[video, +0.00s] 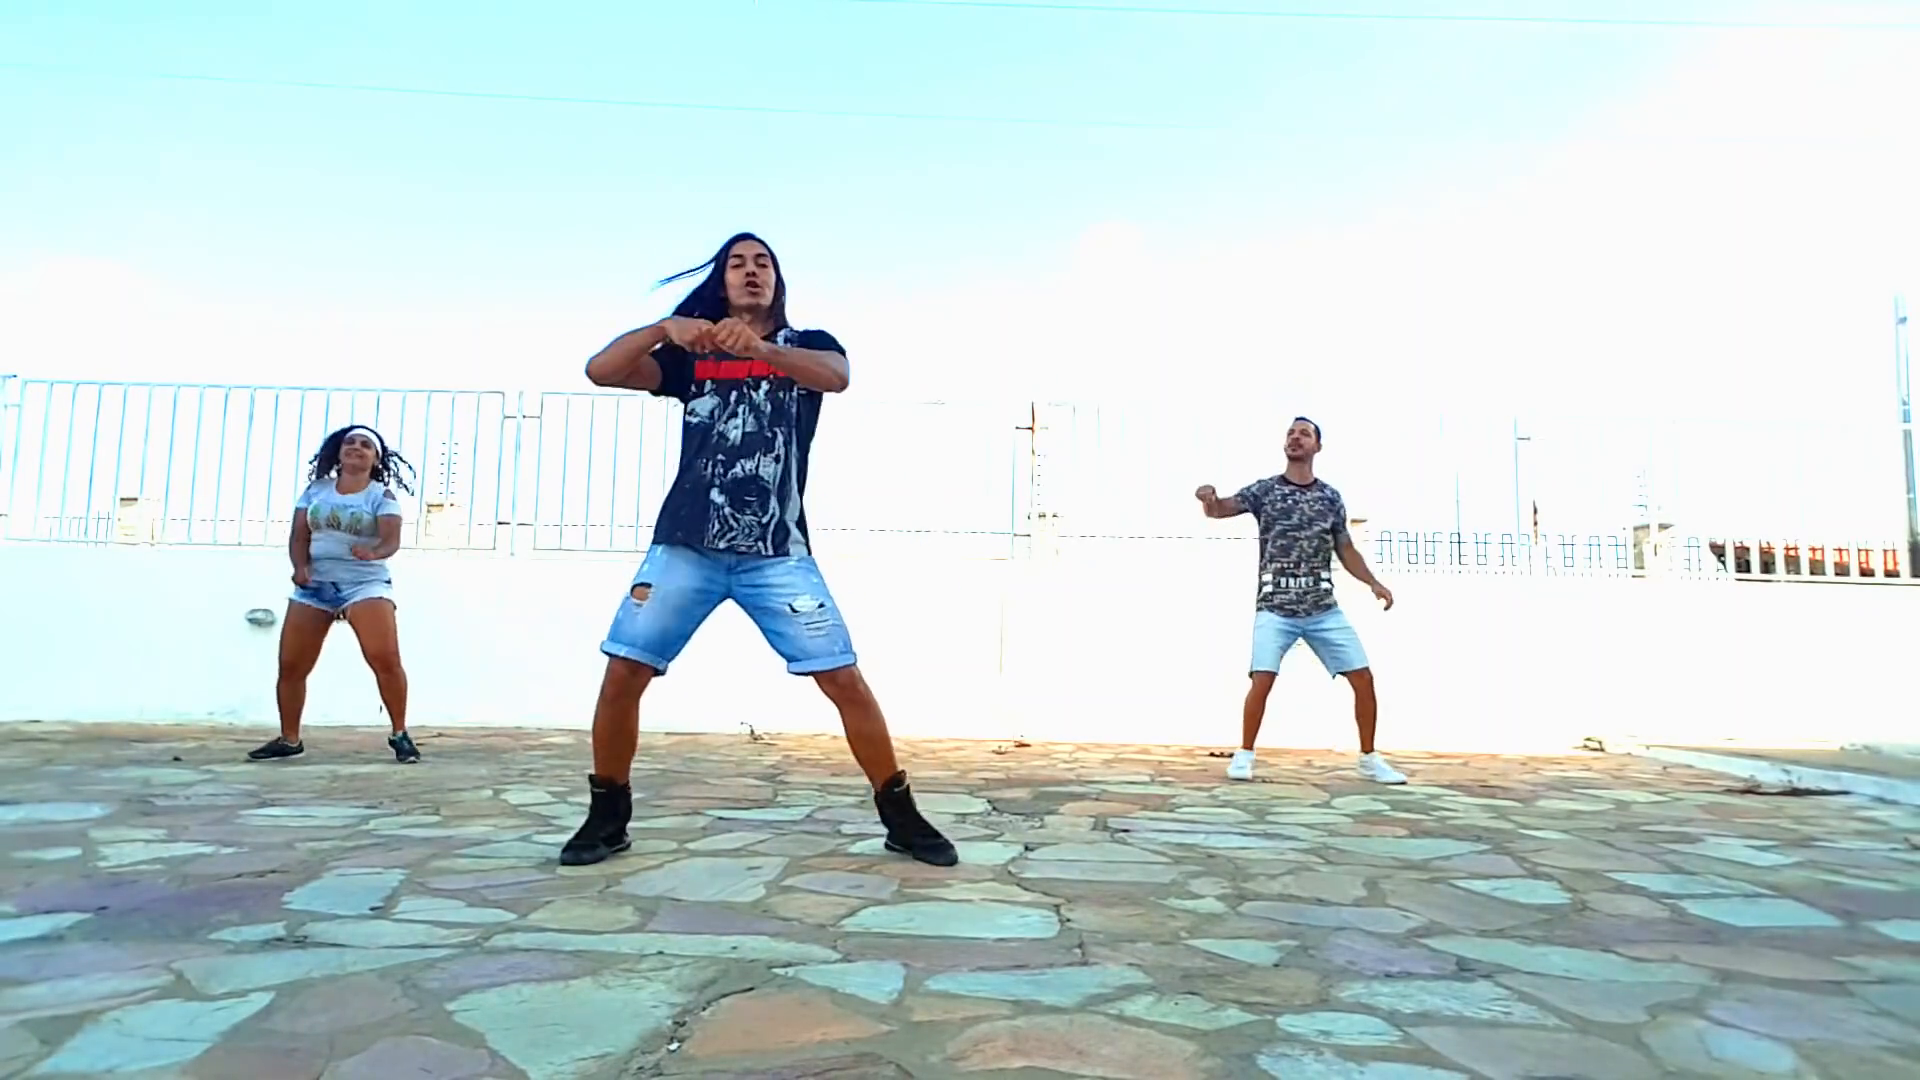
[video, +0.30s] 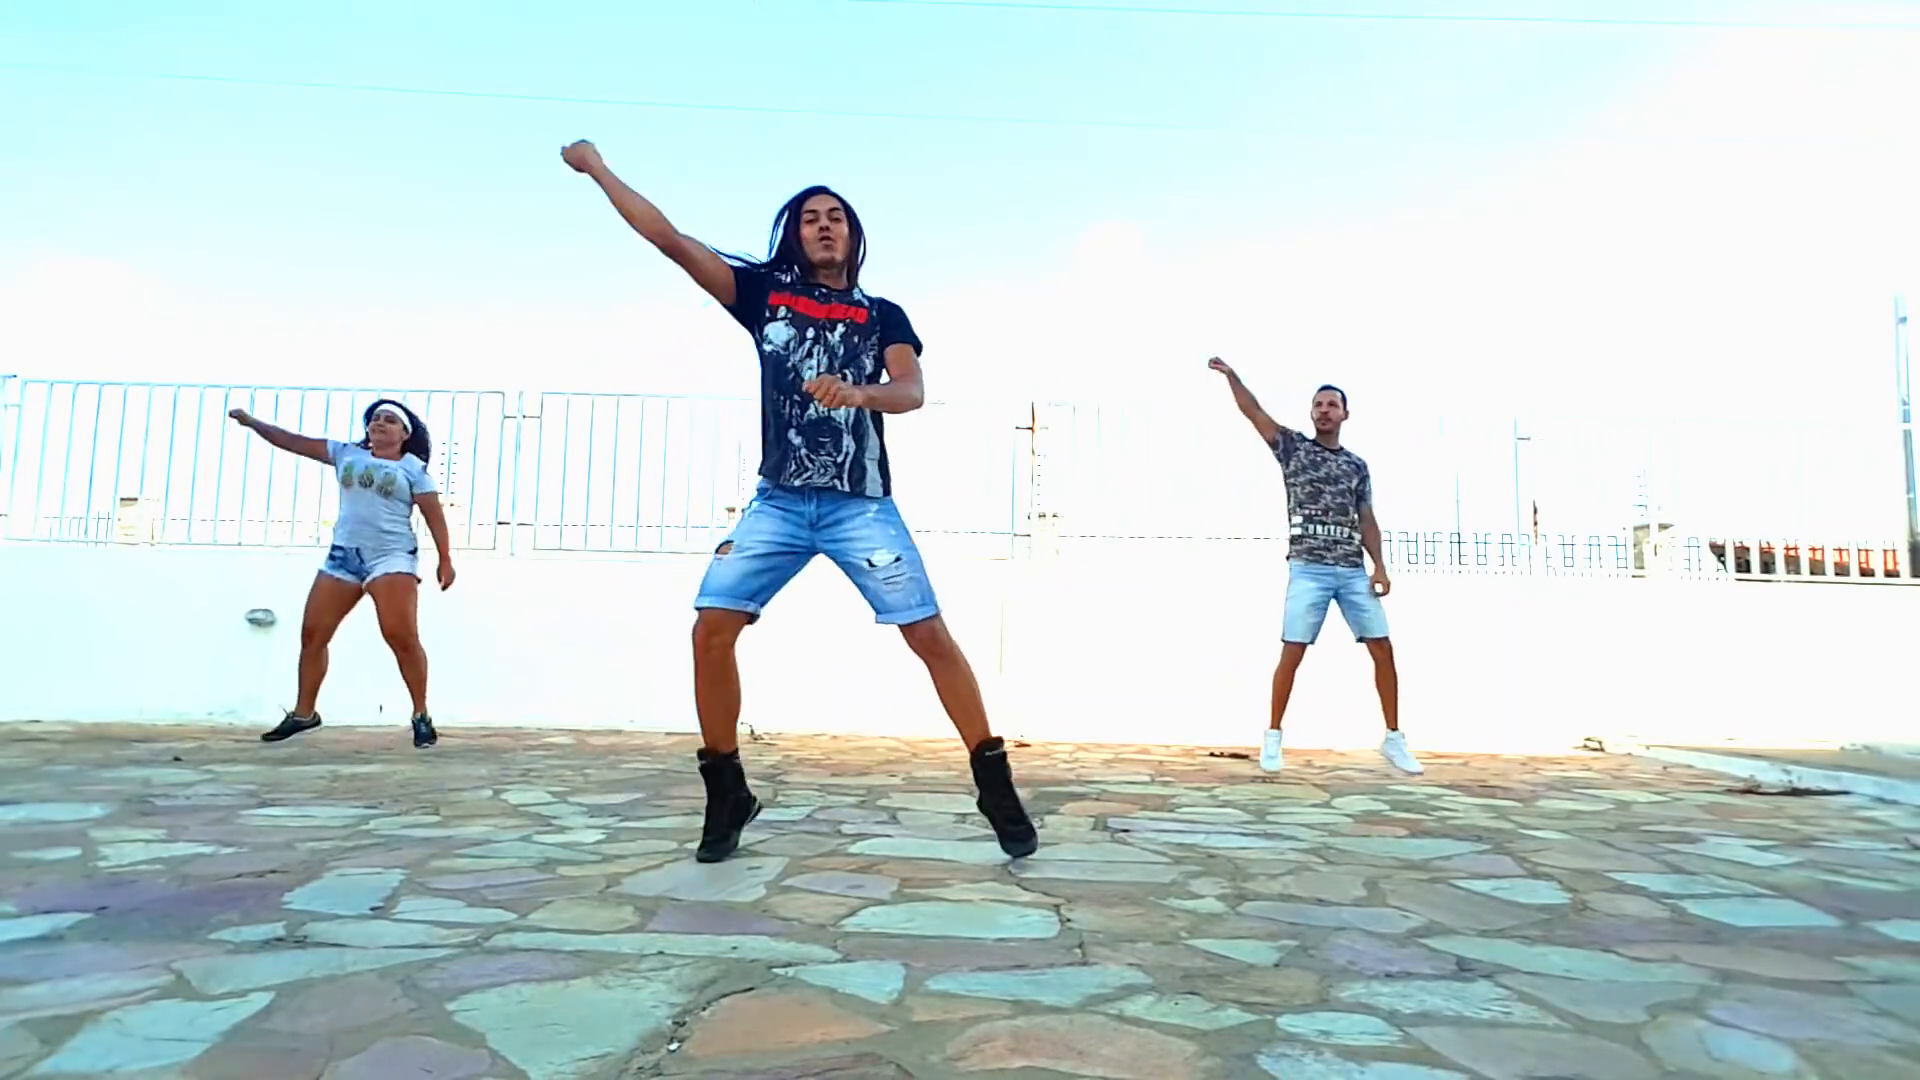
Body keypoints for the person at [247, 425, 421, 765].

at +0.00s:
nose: (356, 447)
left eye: (365, 445)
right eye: (349, 442)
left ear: (376, 460)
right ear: (337, 453)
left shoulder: (382, 496)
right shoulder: (314, 491)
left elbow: (391, 540)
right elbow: (299, 537)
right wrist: (300, 566)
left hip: (365, 584)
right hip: (315, 583)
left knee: (386, 659)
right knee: (290, 666)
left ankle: (400, 734)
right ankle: (290, 739)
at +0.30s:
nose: (380, 422)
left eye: (390, 420)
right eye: (376, 418)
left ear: (404, 435)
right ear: (367, 428)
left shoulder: (412, 469)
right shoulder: (346, 453)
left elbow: (434, 516)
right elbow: (294, 442)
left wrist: (445, 559)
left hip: (392, 558)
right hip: (344, 557)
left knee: (401, 636)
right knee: (313, 634)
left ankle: (421, 715)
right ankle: (304, 713)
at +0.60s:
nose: (421, 460)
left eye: (430, 455)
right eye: (414, 456)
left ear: (445, 467)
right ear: (406, 466)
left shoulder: (457, 508)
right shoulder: (391, 500)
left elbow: (471, 560)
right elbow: (341, 484)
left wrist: (471, 606)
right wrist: (345, 443)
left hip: (434, 597)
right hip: (384, 592)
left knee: (445, 669)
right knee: (347, 666)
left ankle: (452, 742)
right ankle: (326, 735)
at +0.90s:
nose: (491, 444)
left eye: (498, 439)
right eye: (483, 439)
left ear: (510, 451)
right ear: (473, 450)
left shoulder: (524, 490)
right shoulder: (458, 481)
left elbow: (542, 541)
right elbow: (409, 463)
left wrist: (554, 584)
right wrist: (426, 423)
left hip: (510, 580)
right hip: (459, 579)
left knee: (530, 657)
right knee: (445, 661)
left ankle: (552, 733)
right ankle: (449, 741)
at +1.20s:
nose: (558, 436)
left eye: (565, 431)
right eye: (551, 432)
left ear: (577, 440)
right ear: (541, 442)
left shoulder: (593, 474)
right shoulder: (529, 472)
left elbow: (614, 520)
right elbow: (481, 461)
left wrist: (624, 565)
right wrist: (492, 420)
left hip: (586, 569)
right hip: (537, 566)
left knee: (590, 650)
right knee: (513, 646)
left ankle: (588, 729)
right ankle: (512, 723)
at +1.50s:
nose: (618, 461)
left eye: (626, 456)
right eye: (611, 457)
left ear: (638, 467)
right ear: (603, 468)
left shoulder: (656, 508)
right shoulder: (589, 500)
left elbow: (670, 555)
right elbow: (542, 488)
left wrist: (673, 597)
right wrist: (546, 448)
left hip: (642, 597)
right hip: (591, 594)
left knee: (657, 671)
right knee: (562, 669)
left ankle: (661, 745)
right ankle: (553, 744)